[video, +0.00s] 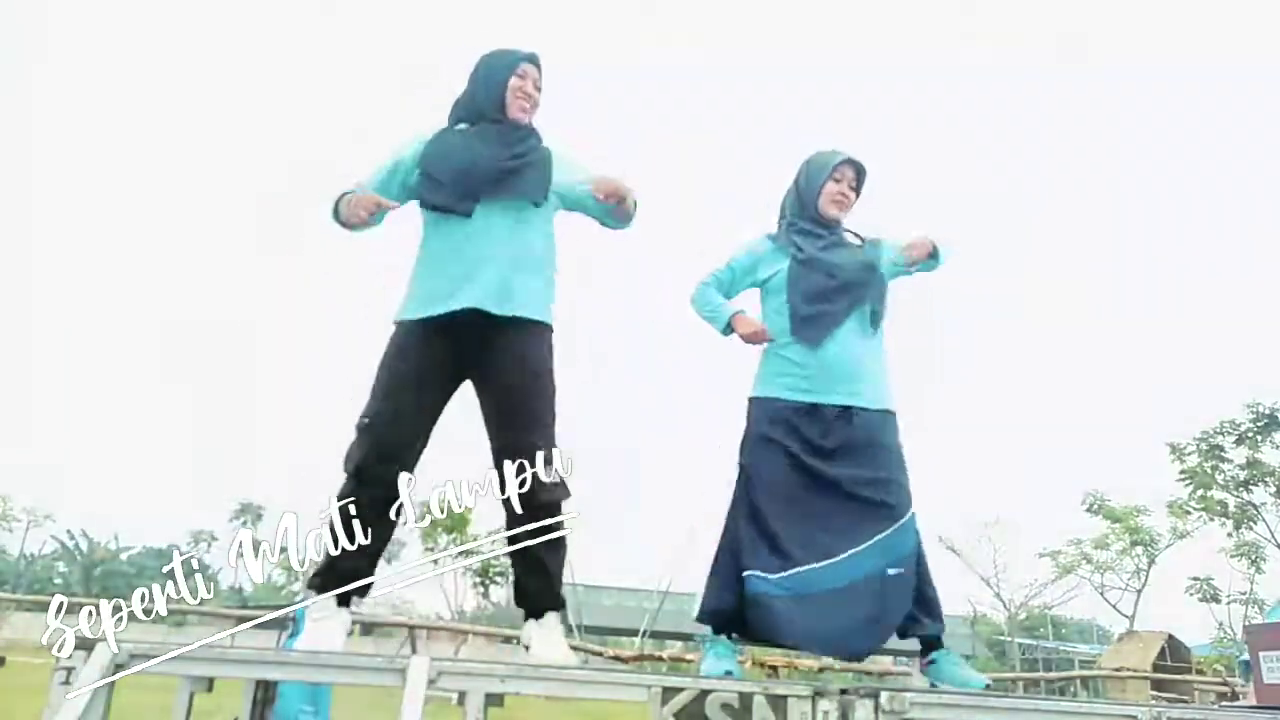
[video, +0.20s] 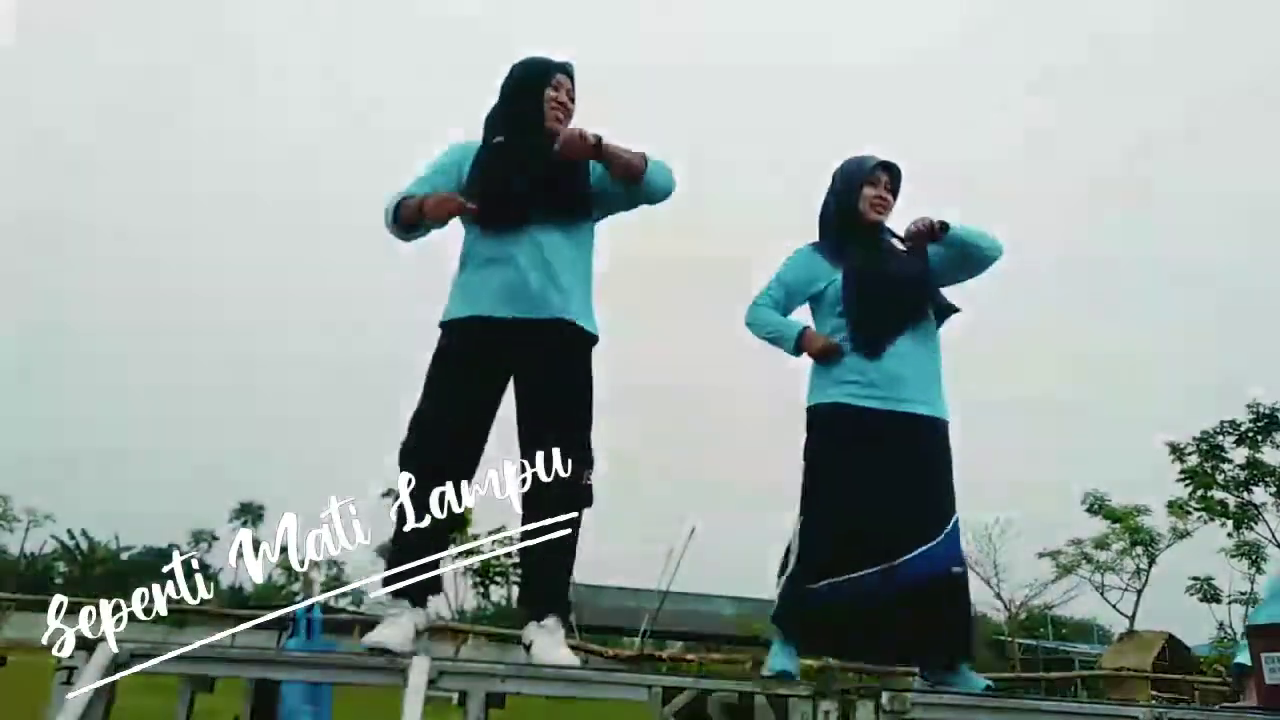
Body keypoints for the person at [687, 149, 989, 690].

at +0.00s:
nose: (845, 193)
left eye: (853, 189)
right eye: (837, 183)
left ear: (856, 201)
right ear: (809, 183)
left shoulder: (869, 253)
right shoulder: (770, 249)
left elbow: (911, 258)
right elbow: (705, 292)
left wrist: (925, 252)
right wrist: (736, 318)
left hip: (864, 404)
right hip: (784, 400)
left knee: (897, 521)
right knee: (755, 512)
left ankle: (933, 652)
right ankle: (721, 640)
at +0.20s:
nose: (882, 195)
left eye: (889, 190)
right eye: (872, 185)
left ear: (893, 204)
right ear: (845, 191)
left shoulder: (917, 260)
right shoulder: (818, 258)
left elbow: (987, 251)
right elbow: (759, 312)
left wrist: (942, 232)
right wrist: (802, 338)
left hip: (919, 412)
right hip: (844, 407)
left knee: (933, 530)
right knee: (825, 524)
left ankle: (945, 661)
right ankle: (787, 640)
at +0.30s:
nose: (892, 198)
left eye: (899, 192)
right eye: (881, 189)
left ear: (906, 203)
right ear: (855, 198)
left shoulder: (924, 259)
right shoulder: (829, 260)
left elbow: (986, 274)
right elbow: (779, 321)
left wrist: (927, 236)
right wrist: (822, 341)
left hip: (930, 408)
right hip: (859, 405)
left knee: (942, 525)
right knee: (865, 524)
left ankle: (946, 657)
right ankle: (868, 649)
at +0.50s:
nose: (909, 202)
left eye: (917, 198)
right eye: (899, 193)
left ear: (923, 209)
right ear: (872, 197)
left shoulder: (938, 270)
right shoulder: (840, 264)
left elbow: (998, 308)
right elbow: (791, 325)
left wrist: (1010, 264)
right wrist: (837, 349)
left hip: (951, 415)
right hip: (880, 414)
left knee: (983, 524)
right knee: (887, 536)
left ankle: (971, 660)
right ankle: (883, 659)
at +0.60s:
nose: (919, 190)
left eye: (926, 185)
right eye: (908, 181)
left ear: (933, 197)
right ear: (882, 187)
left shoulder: (952, 260)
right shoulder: (851, 253)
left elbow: (1019, 291)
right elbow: (796, 308)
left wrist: (1074, 258)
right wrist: (836, 337)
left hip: (962, 410)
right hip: (884, 410)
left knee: (1009, 521)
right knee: (885, 532)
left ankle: (1017, 657)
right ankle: (885, 657)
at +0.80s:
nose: (938, 189)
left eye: (948, 182)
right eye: (926, 181)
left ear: (959, 195)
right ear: (904, 193)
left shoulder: (988, 258)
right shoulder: (882, 258)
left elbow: (1060, 273)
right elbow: (818, 305)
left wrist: (1140, 272)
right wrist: (832, 329)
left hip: (987, 411)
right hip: (908, 408)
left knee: (1026, 530)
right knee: (899, 530)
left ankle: (1061, 665)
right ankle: (884, 659)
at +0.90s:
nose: (950, 191)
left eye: (959, 183)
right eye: (938, 185)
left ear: (974, 198)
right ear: (920, 202)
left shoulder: (1010, 261)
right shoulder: (900, 264)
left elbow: (1079, 284)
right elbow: (836, 313)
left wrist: (1156, 295)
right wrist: (858, 315)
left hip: (1007, 417)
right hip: (929, 413)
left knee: (1035, 538)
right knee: (916, 534)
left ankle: (1059, 668)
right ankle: (891, 660)